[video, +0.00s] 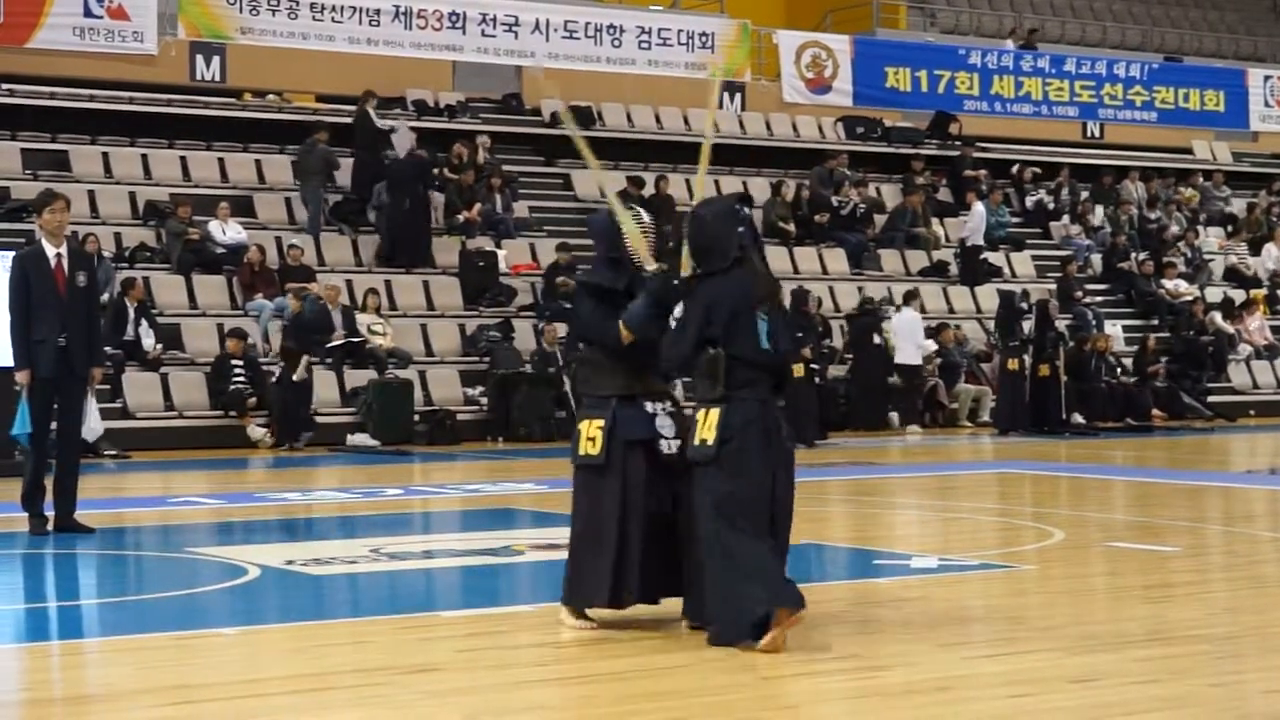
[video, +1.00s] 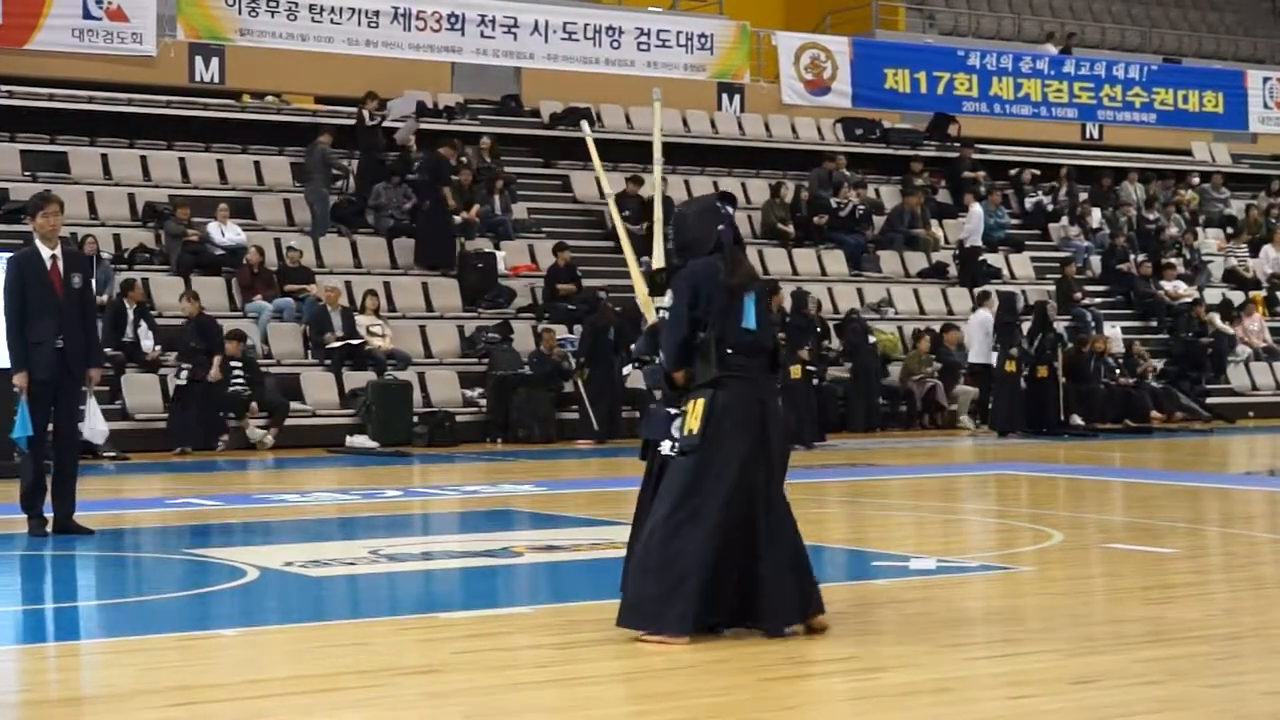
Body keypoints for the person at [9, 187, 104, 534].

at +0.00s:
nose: (58, 217)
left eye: (63, 211)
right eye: (51, 212)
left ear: (70, 215)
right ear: (38, 218)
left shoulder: (83, 258)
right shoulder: (24, 260)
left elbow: (92, 313)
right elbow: (18, 316)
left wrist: (96, 360)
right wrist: (21, 364)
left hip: (76, 359)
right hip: (40, 360)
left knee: (71, 439)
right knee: (39, 439)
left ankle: (65, 514)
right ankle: (35, 512)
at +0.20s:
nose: (59, 217)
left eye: (64, 211)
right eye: (52, 212)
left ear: (70, 215)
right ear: (38, 218)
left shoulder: (83, 258)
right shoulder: (25, 259)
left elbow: (93, 313)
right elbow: (19, 315)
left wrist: (97, 360)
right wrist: (23, 363)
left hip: (76, 358)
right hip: (42, 359)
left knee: (72, 438)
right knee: (40, 438)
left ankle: (66, 514)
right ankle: (36, 512)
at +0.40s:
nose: (58, 218)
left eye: (63, 211)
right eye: (51, 212)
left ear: (69, 216)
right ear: (38, 219)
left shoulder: (83, 257)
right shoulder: (25, 259)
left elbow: (93, 312)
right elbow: (19, 315)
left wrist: (97, 360)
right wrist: (23, 363)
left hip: (77, 358)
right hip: (42, 359)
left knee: (72, 438)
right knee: (40, 438)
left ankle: (66, 514)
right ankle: (36, 512)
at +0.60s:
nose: (56, 219)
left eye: (61, 213)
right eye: (49, 214)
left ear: (68, 217)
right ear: (36, 220)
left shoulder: (82, 258)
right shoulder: (24, 261)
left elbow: (93, 313)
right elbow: (18, 317)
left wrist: (97, 360)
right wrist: (24, 365)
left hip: (77, 359)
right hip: (42, 359)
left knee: (72, 438)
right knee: (39, 438)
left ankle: (65, 515)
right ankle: (36, 513)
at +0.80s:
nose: (54, 220)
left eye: (59, 214)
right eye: (47, 215)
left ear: (66, 218)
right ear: (35, 221)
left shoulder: (82, 259)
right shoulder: (22, 262)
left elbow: (93, 314)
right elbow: (16, 318)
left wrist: (96, 361)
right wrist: (21, 366)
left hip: (75, 360)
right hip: (40, 360)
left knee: (70, 439)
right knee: (37, 438)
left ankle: (64, 515)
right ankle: (35, 513)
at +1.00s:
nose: (51, 221)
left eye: (56, 214)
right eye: (44, 215)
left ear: (63, 218)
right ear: (32, 221)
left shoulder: (78, 260)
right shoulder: (19, 263)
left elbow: (89, 314)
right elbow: (13, 319)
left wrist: (94, 361)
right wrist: (18, 367)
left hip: (72, 360)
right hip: (36, 362)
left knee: (68, 439)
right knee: (35, 439)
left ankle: (64, 516)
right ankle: (35, 514)